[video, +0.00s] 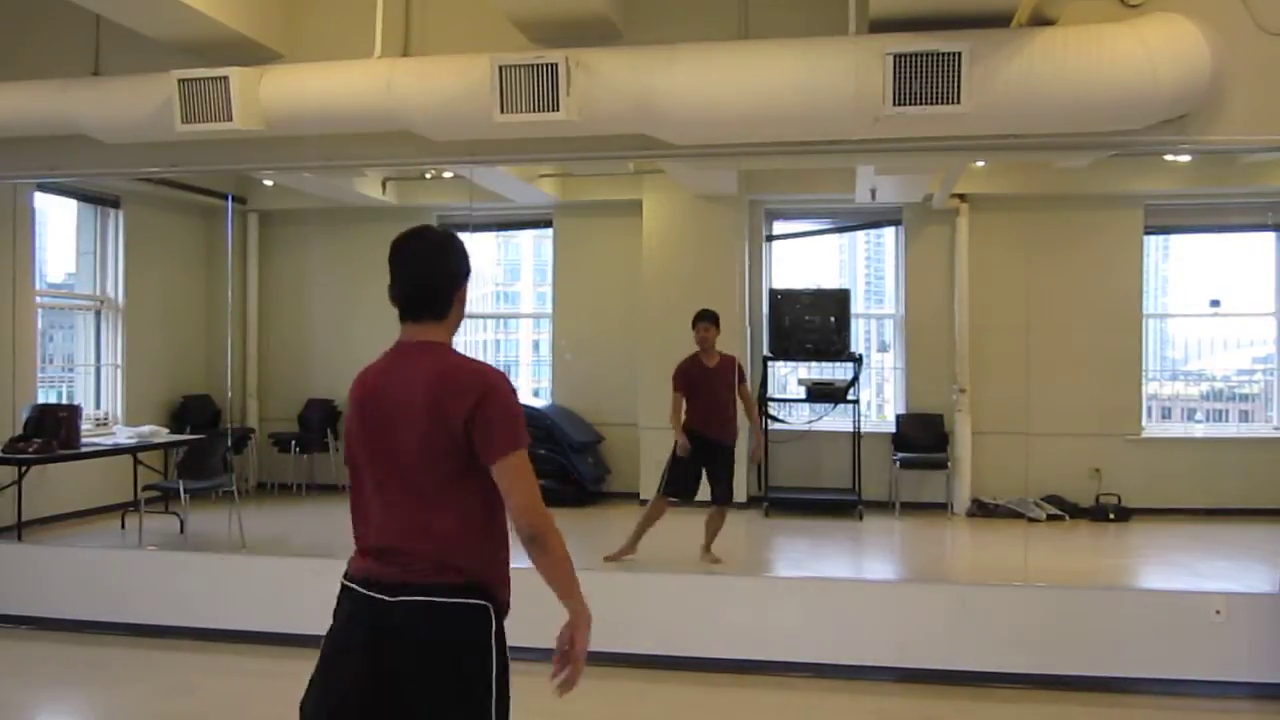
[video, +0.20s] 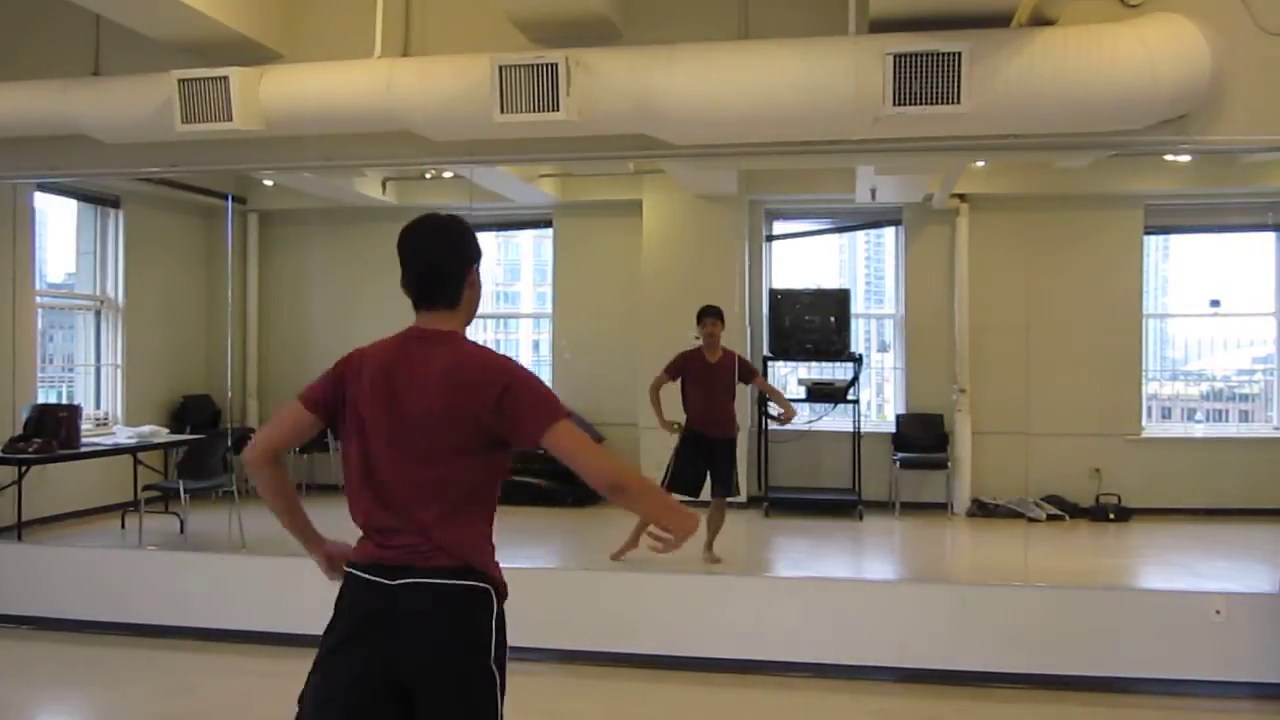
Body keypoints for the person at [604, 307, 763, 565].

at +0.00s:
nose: (701, 336)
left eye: (706, 330)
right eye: (697, 331)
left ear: (717, 332)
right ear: (693, 334)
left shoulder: (732, 365)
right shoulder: (685, 368)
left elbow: (747, 399)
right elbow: (676, 411)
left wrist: (757, 435)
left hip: (723, 443)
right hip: (692, 438)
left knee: (722, 502)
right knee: (665, 496)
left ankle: (706, 548)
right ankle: (631, 544)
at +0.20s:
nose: (710, 329)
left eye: (715, 324)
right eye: (706, 325)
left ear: (722, 328)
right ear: (698, 329)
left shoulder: (734, 361)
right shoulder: (687, 359)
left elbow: (763, 385)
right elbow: (655, 387)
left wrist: (787, 406)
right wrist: (662, 420)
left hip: (724, 438)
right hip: (694, 435)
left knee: (720, 499)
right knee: (666, 491)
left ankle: (709, 548)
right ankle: (633, 539)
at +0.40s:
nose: (709, 331)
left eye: (713, 326)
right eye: (703, 327)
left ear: (721, 328)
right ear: (697, 331)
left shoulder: (735, 359)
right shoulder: (689, 363)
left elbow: (757, 386)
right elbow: (666, 400)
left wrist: (764, 415)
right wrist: (676, 428)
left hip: (723, 438)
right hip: (692, 435)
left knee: (721, 498)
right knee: (659, 485)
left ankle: (708, 548)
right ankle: (626, 530)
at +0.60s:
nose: (698, 333)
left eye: (702, 327)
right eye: (693, 330)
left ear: (712, 328)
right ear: (688, 334)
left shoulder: (729, 351)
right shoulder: (690, 369)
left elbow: (729, 388)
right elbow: (711, 411)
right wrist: (749, 419)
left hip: (723, 432)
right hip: (694, 429)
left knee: (721, 497)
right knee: (660, 481)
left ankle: (708, 548)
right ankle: (625, 530)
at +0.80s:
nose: (688, 334)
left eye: (693, 328)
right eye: (683, 329)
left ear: (702, 329)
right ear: (677, 332)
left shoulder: (717, 349)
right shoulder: (680, 371)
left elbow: (747, 360)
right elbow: (687, 404)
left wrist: (747, 359)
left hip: (723, 428)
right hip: (693, 427)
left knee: (722, 496)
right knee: (660, 482)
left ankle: (707, 547)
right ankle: (625, 531)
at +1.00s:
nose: (692, 326)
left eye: (698, 322)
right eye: (688, 321)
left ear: (706, 326)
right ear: (682, 324)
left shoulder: (715, 354)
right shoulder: (669, 357)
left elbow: (747, 366)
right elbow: (636, 391)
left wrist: (752, 373)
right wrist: (629, 373)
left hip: (715, 431)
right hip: (684, 429)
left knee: (719, 494)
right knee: (656, 487)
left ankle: (707, 547)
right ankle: (629, 536)